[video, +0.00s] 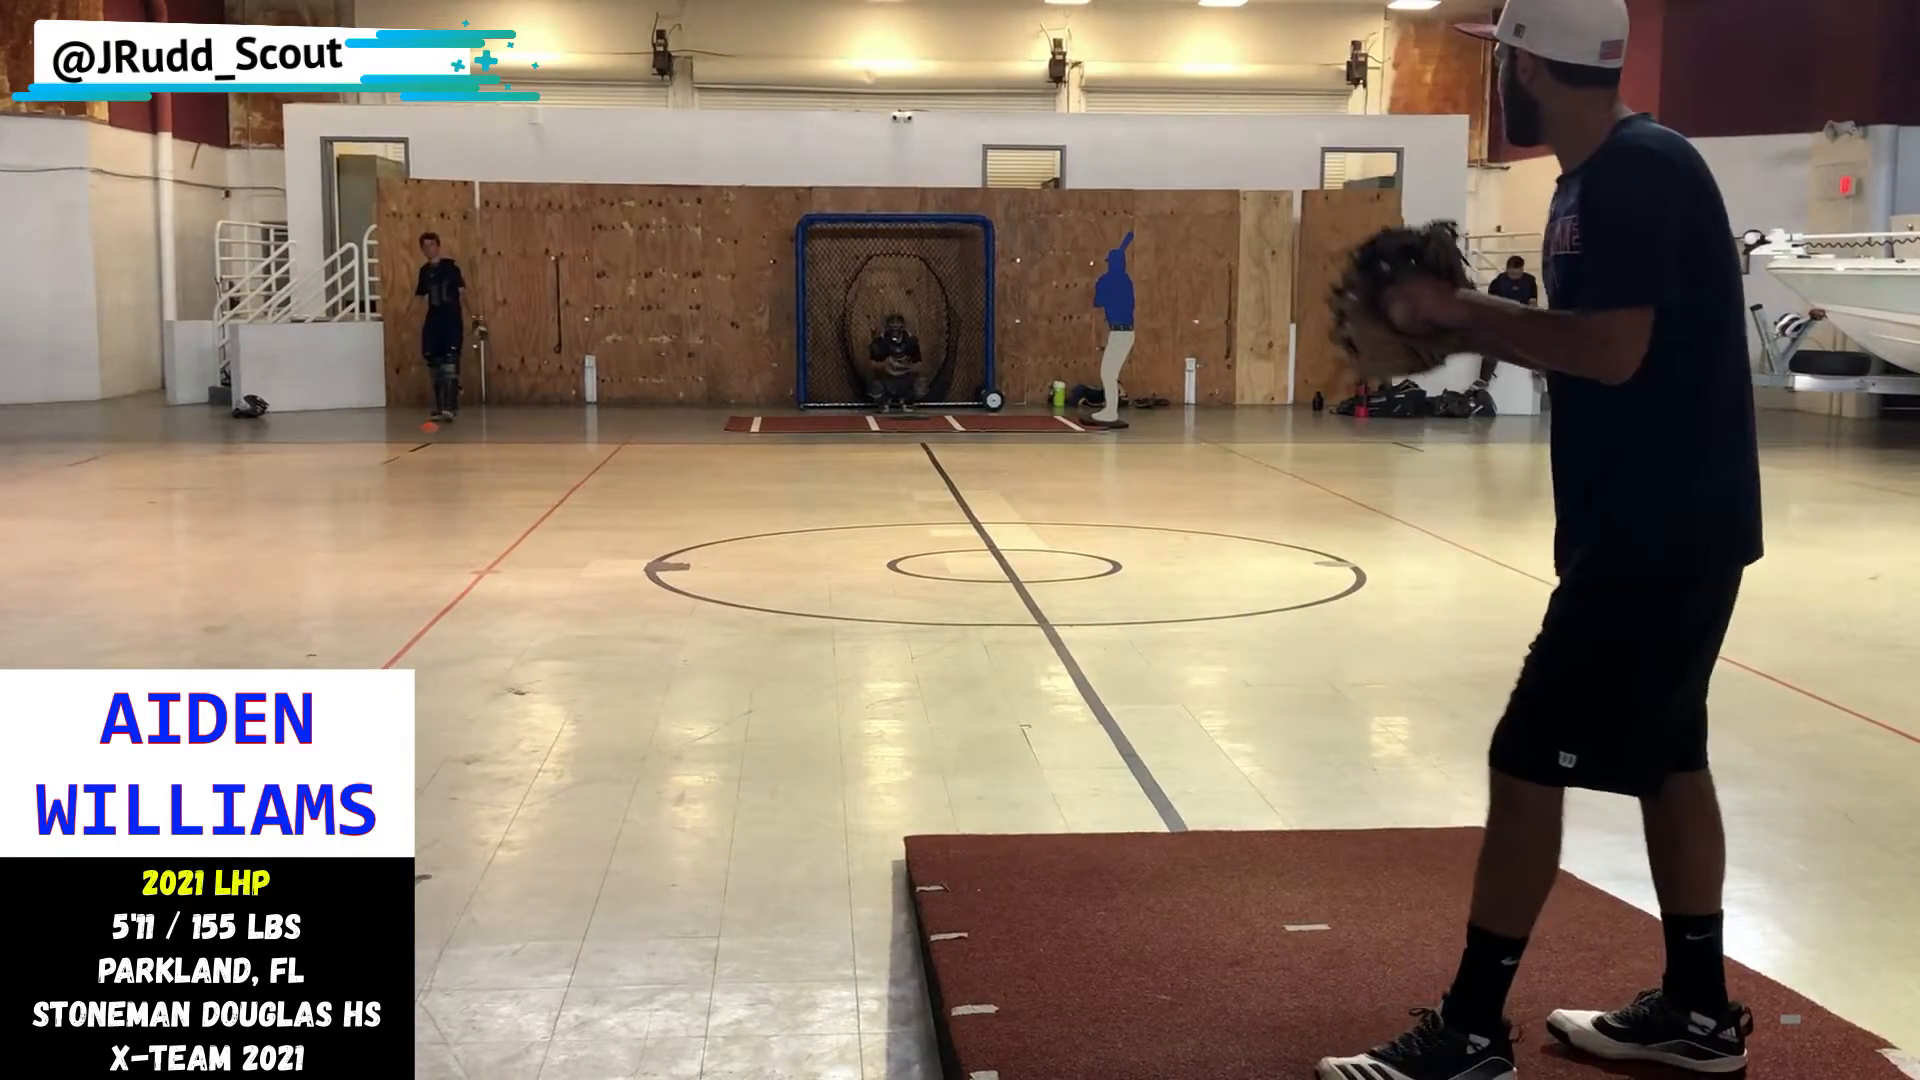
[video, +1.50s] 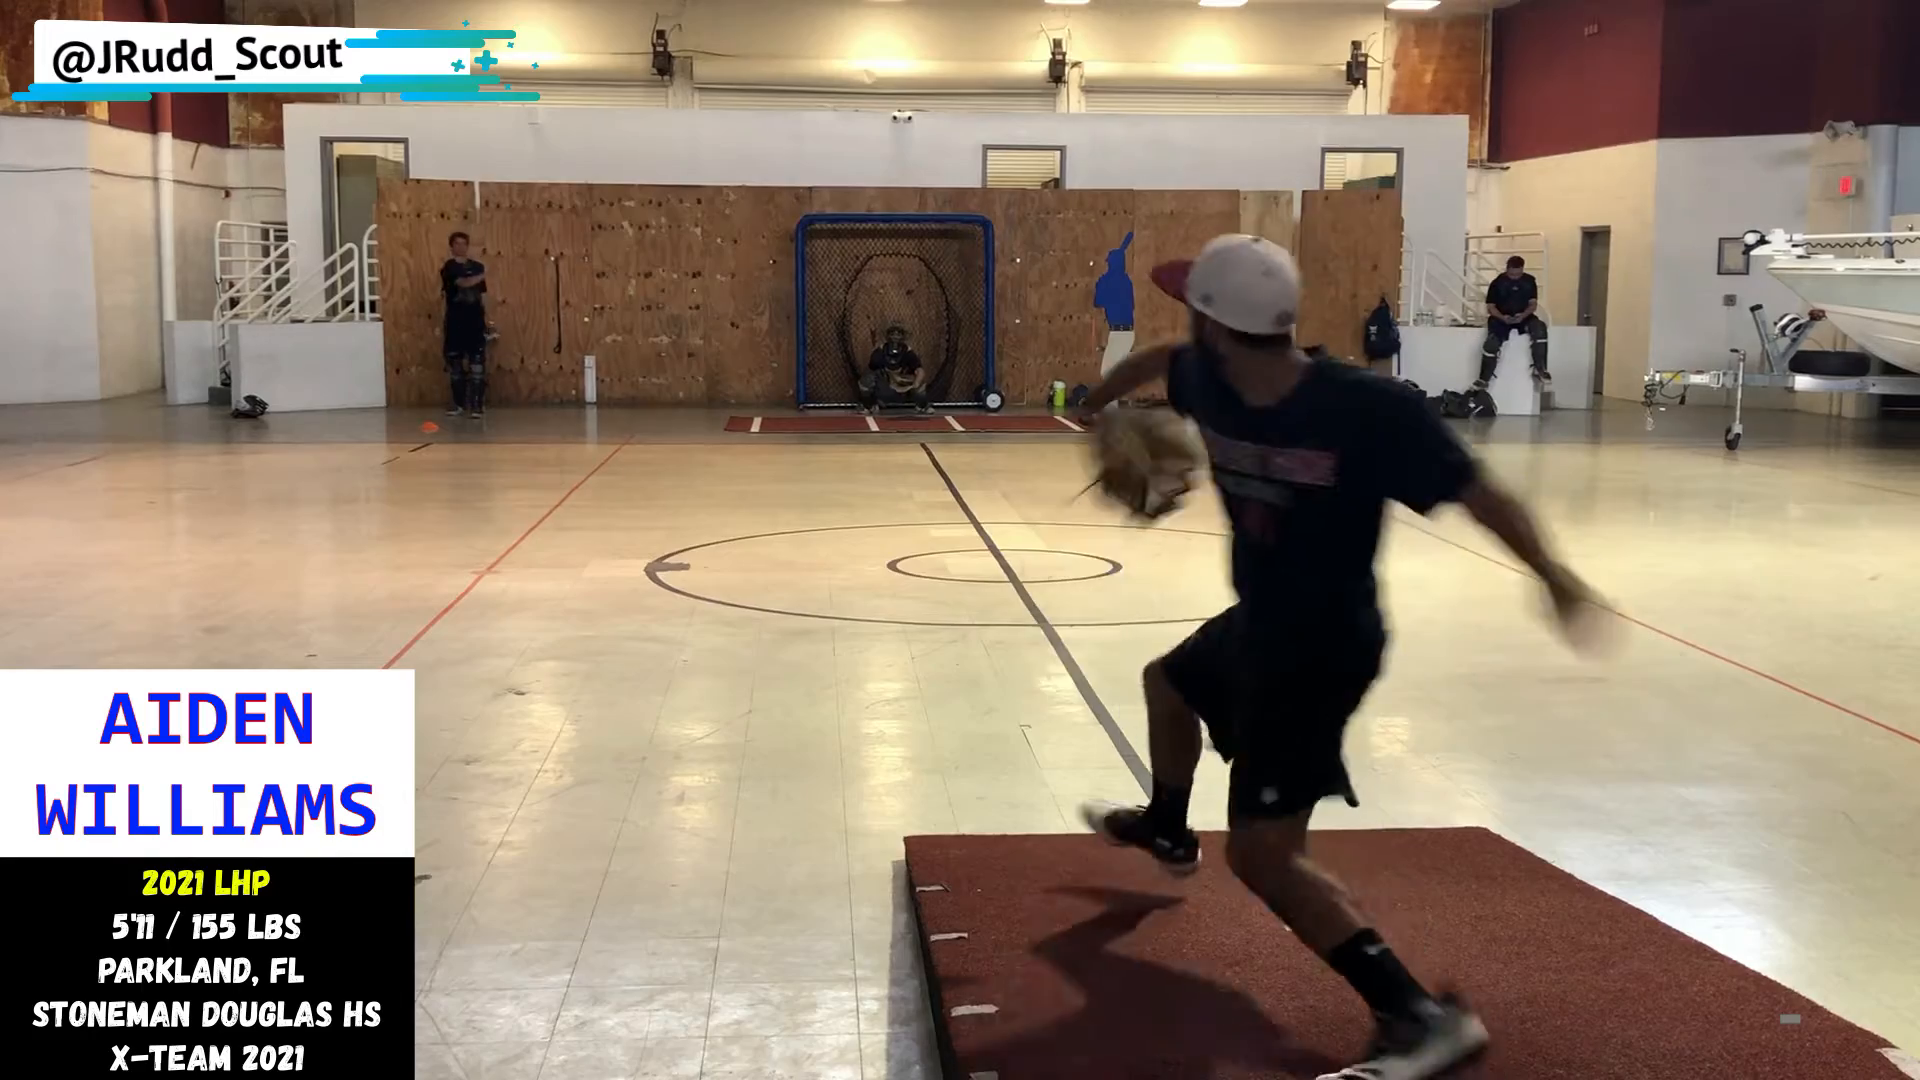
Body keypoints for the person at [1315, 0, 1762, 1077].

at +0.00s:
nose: (1501, 85)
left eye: (1508, 61)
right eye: (1503, 62)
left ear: (1539, 66)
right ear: (1601, 64)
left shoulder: (1633, 175)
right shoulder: (1611, 174)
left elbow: (1611, 347)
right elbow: (1593, 342)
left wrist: (1460, 315)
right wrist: (1471, 313)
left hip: (1645, 546)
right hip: (1671, 539)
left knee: (1525, 758)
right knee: (1669, 758)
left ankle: (1471, 1028)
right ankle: (1696, 1004)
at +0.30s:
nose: (1463, 72)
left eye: (1472, 51)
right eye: (1466, 52)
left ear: (1505, 60)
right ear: (1543, 63)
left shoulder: (1626, 176)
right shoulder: (1505, 188)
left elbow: (1549, 332)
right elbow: (1488, 353)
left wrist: (1393, 246)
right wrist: (1378, 285)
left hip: (1592, 539)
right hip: (1538, 533)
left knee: (1457, 761)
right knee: (1559, 762)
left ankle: (1460, 1029)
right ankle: (1675, 988)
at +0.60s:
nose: (1440, 79)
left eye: (1446, 55)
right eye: (1442, 57)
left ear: (1483, 58)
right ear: (1517, 61)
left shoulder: (1620, 172)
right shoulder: (1476, 183)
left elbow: (1547, 325)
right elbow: (1441, 344)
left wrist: (1390, 245)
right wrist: (1342, 278)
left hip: (1514, 526)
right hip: (1421, 483)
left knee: (1430, 771)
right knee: (1215, 575)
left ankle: (1457, 1030)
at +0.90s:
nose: (1395, 84)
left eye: (1400, 64)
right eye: (1397, 66)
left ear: (1428, 69)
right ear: (1468, 72)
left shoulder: (1568, 181)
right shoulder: (1418, 187)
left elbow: (1513, 335)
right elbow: (1381, 349)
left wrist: (1359, 259)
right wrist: (1307, 273)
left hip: (1447, 510)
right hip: (1363, 457)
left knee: (1401, 766)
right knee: (1195, 292)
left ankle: (1457, 1030)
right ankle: (1133, 539)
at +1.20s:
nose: (1307, 180)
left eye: (1317, 164)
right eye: (1309, 162)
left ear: (1356, 174)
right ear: (1381, 172)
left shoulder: (1492, 279)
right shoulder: (1333, 268)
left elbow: (1501, 453)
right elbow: (1262, 377)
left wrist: (1332, 520)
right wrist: (1176, 460)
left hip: (1441, 556)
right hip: (1341, 528)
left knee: (1325, 778)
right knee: (1147, 606)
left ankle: (1444, 1029)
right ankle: (1163, 828)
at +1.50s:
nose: (1190, 325)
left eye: (1197, 315)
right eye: (1193, 316)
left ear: (1219, 327)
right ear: (1279, 322)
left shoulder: (1367, 407)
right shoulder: (1208, 379)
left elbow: (1482, 494)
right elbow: (1158, 366)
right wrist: (1096, 394)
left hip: (1328, 640)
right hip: (1260, 618)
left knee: (1261, 854)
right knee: (1168, 686)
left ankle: (1418, 1016)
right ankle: (1165, 825)